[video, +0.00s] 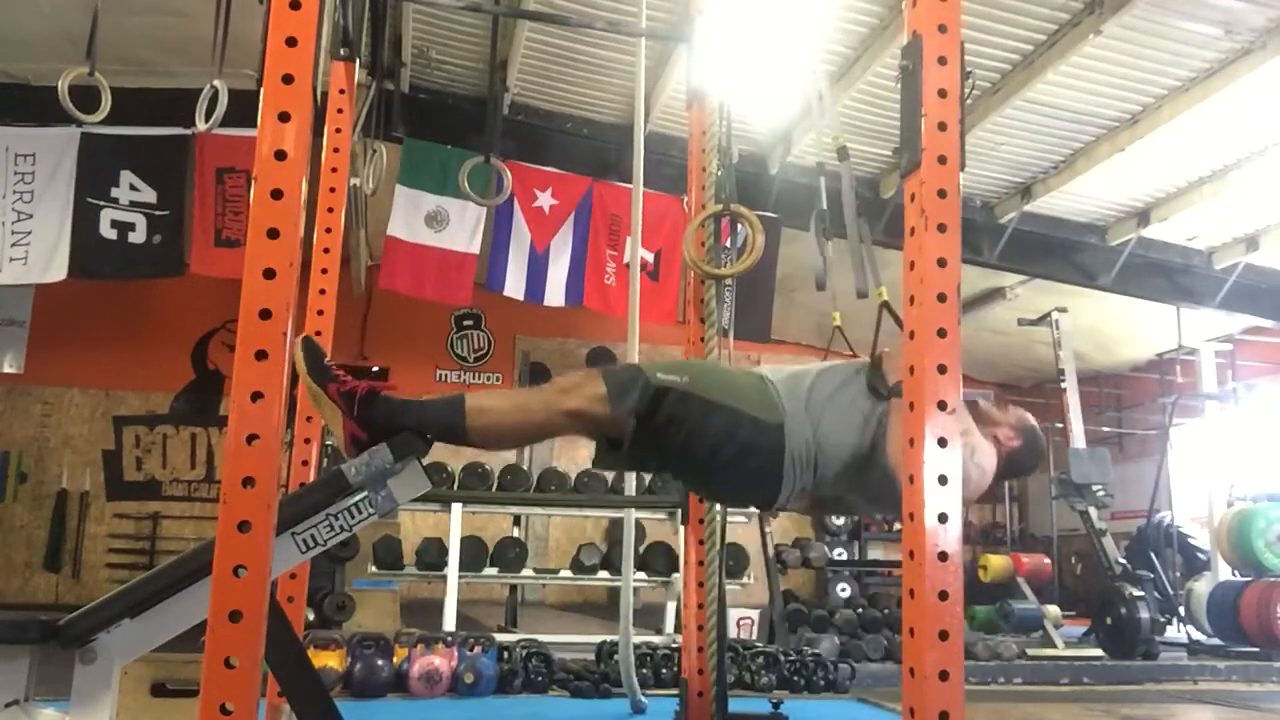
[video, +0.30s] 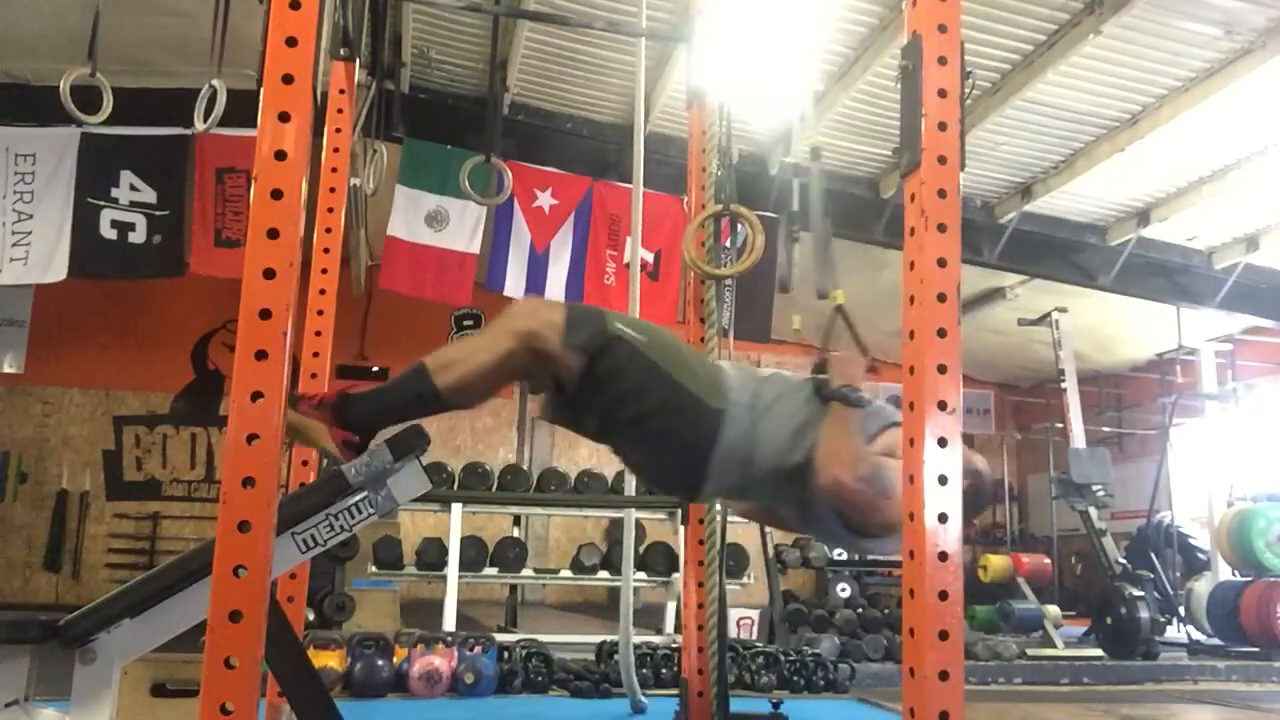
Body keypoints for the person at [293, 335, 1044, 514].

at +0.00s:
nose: (998, 420)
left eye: (1007, 432)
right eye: (1004, 420)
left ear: (1000, 460)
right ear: (992, 420)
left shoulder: (967, 467)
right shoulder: (945, 417)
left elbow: (905, 470)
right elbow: (875, 377)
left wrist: (905, 380)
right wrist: (894, 364)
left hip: (771, 444)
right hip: (758, 411)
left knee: (590, 393)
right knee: (581, 391)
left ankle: (386, 422)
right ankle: (383, 415)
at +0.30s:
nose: (908, 461)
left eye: (917, 473)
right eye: (921, 457)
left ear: (912, 511)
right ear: (917, 451)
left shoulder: (880, 515)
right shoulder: (878, 441)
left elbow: (840, 473)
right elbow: (835, 395)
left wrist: (839, 389)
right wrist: (839, 369)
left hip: (701, 430)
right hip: (699, 407)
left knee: (533, 320)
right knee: (526, 349)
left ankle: (356, 413)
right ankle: (365, 410)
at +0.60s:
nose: (866, 443)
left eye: (873, 457)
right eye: (877, 446)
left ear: (862, 481)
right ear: (860, 461)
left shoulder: (811, 481)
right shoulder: (808, 449)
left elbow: (739, 464)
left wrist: (757, 387)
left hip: (610, 396)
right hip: (614, 389)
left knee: (454, 270)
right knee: (452, 298)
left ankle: (332, 418)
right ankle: (335, 417)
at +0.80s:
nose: (799, 425)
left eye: (808, 440)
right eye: (810, 430)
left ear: (798, 466)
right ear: (795, 449)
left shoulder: (748, 470)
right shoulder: (743, 433)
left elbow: (673, 458)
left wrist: (697, 373)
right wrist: (711, 359)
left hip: (543, 381)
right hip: (552, 359)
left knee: (386, 250)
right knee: (391, 269)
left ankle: (315, 424)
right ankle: (319, 415)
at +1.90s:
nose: (887, 448)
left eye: (897, 462)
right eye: (899, 447)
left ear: (888, 499)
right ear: (891, 474)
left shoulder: (835, 499)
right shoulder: (829, 455)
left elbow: (766, 469)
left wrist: (775, 389)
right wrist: (794, 377)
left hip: (637, 411)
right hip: (639, 396)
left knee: (477, 283)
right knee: (463, 320)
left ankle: (337, 419)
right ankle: (341, 414)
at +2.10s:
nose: (936, 469)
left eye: (946, 482)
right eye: (944, 471)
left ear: (937, 520)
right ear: (935, 493)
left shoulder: (889, 534)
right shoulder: (877, 476)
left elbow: (834, 480)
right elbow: (841, 440)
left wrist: (839, 402)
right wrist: (845, 390)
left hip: (702, 445)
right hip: (703, 409)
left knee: (539, 322)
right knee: (531, 336)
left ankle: (365, 414)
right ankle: (378, 410)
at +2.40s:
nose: (996, 493)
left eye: (1006, 505)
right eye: (1004, 490)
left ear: (997, 534)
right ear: (990, 489)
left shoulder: (948, 545)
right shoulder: (940, 495)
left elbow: (894, 490)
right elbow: (878, 460)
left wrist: (918, 418)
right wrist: (903, 412)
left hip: (770, 484)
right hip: (762, 457)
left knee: (591, 404)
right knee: (583, 395)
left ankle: (392, 423)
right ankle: (404, 418)